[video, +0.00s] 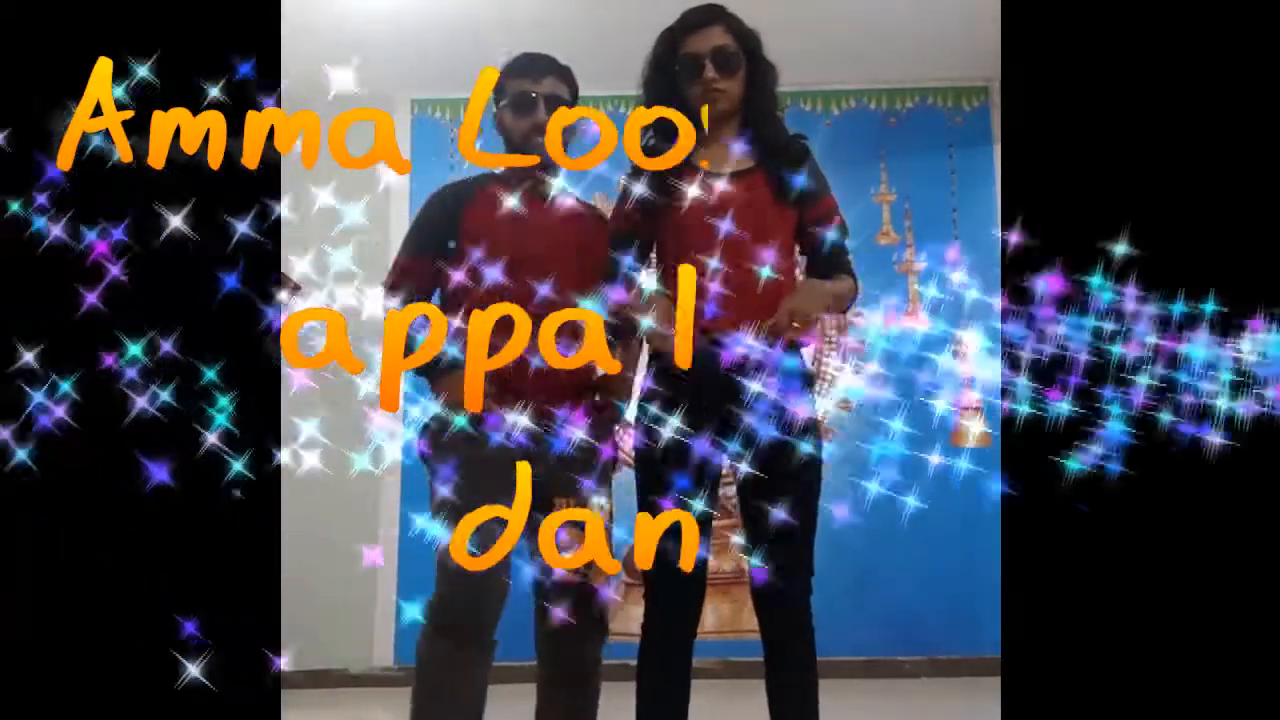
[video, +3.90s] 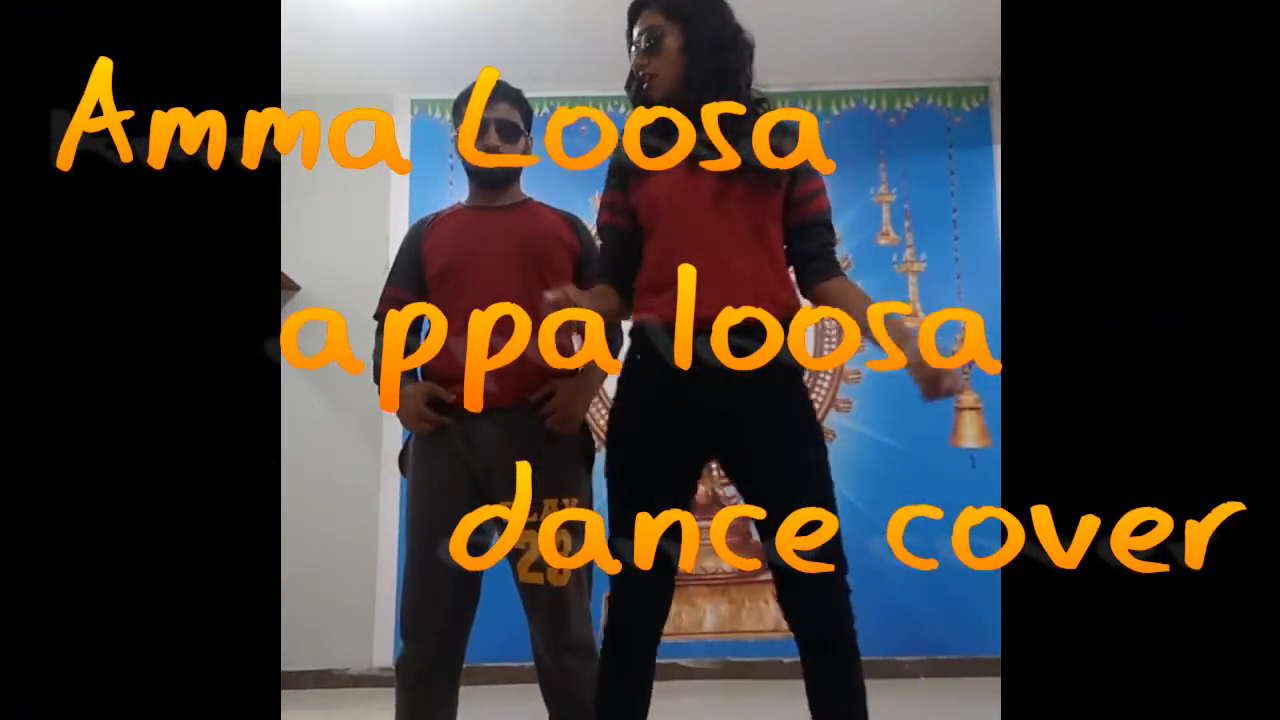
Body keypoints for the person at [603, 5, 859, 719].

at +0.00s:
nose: (710, 75)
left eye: (725, 60)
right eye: (692, 65)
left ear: (752, 71)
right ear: (670, 81)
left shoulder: (787, 160)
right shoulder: (654, 171)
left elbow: (843, 278)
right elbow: (608, 280)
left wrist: (815, 294)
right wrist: (651, 316)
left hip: (773, 395)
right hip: (678, 392)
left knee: (782, 594)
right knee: (670, 594)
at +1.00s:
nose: (710, 68)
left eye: (726, 52)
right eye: (690, 57)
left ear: (754, 62)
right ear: (669, 71)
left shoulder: (784, 139)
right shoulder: (652, 150)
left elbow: (841, 245)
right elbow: (629, 267)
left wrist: (913, 269)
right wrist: (746, 243)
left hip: (787, 385)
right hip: (685, 387)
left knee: (813, 587)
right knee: (673, 594)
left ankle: (835, 719)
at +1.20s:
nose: (721, 71)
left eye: (737, 54)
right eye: (702, 59)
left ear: (766, 62)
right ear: (681, 73)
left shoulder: (804, 140)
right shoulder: (673, 150)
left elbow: (868, 267)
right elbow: (646, 264)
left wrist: (820, 233)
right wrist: (771, 294)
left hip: (811, 385)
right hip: (708, 386)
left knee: (829, 593)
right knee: (640, 589)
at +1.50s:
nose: (710, 74)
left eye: (724, 58)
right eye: (692, 65)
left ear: (751, 65)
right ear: (670, 78)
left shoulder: (789, 137)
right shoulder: (657, 148)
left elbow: (828, 239)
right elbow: (655, 245)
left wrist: (699, 216)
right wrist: (728, 327)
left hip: (783, 379)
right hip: (677, 379)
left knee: (807, 589)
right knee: (653, 590)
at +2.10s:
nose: (698, 67)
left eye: (714, 51)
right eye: (679, 56)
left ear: (743, 61)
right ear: (656, 72)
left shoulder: (783, 152)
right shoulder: (639, 161)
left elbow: (820, 284)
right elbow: (626, 278)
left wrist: (724, 295)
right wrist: (645, 360)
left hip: (772, 387)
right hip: (670, 385)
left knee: (804, 596)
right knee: (647, 597)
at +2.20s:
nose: (702, 65)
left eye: (718, 49)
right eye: (683, 54)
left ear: (747, 58)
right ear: (662, 69)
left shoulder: (784, 148)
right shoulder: (644, 157)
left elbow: (818, 272)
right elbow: (628, 289)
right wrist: (613, 414)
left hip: (782, 389)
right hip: (676, 389)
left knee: (807, 595)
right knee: (650, 599)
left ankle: (834, 718)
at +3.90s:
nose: (635, 61)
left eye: (653, 42)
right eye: (634, 46)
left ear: (709, 47)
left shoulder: (778, 137)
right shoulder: (636, 148)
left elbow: (820, 272)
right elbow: (615, 285)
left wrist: (909, 347)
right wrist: (582, 301)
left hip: (765, 387)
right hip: (658, 388)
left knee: (818, 599)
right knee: (636, 602)